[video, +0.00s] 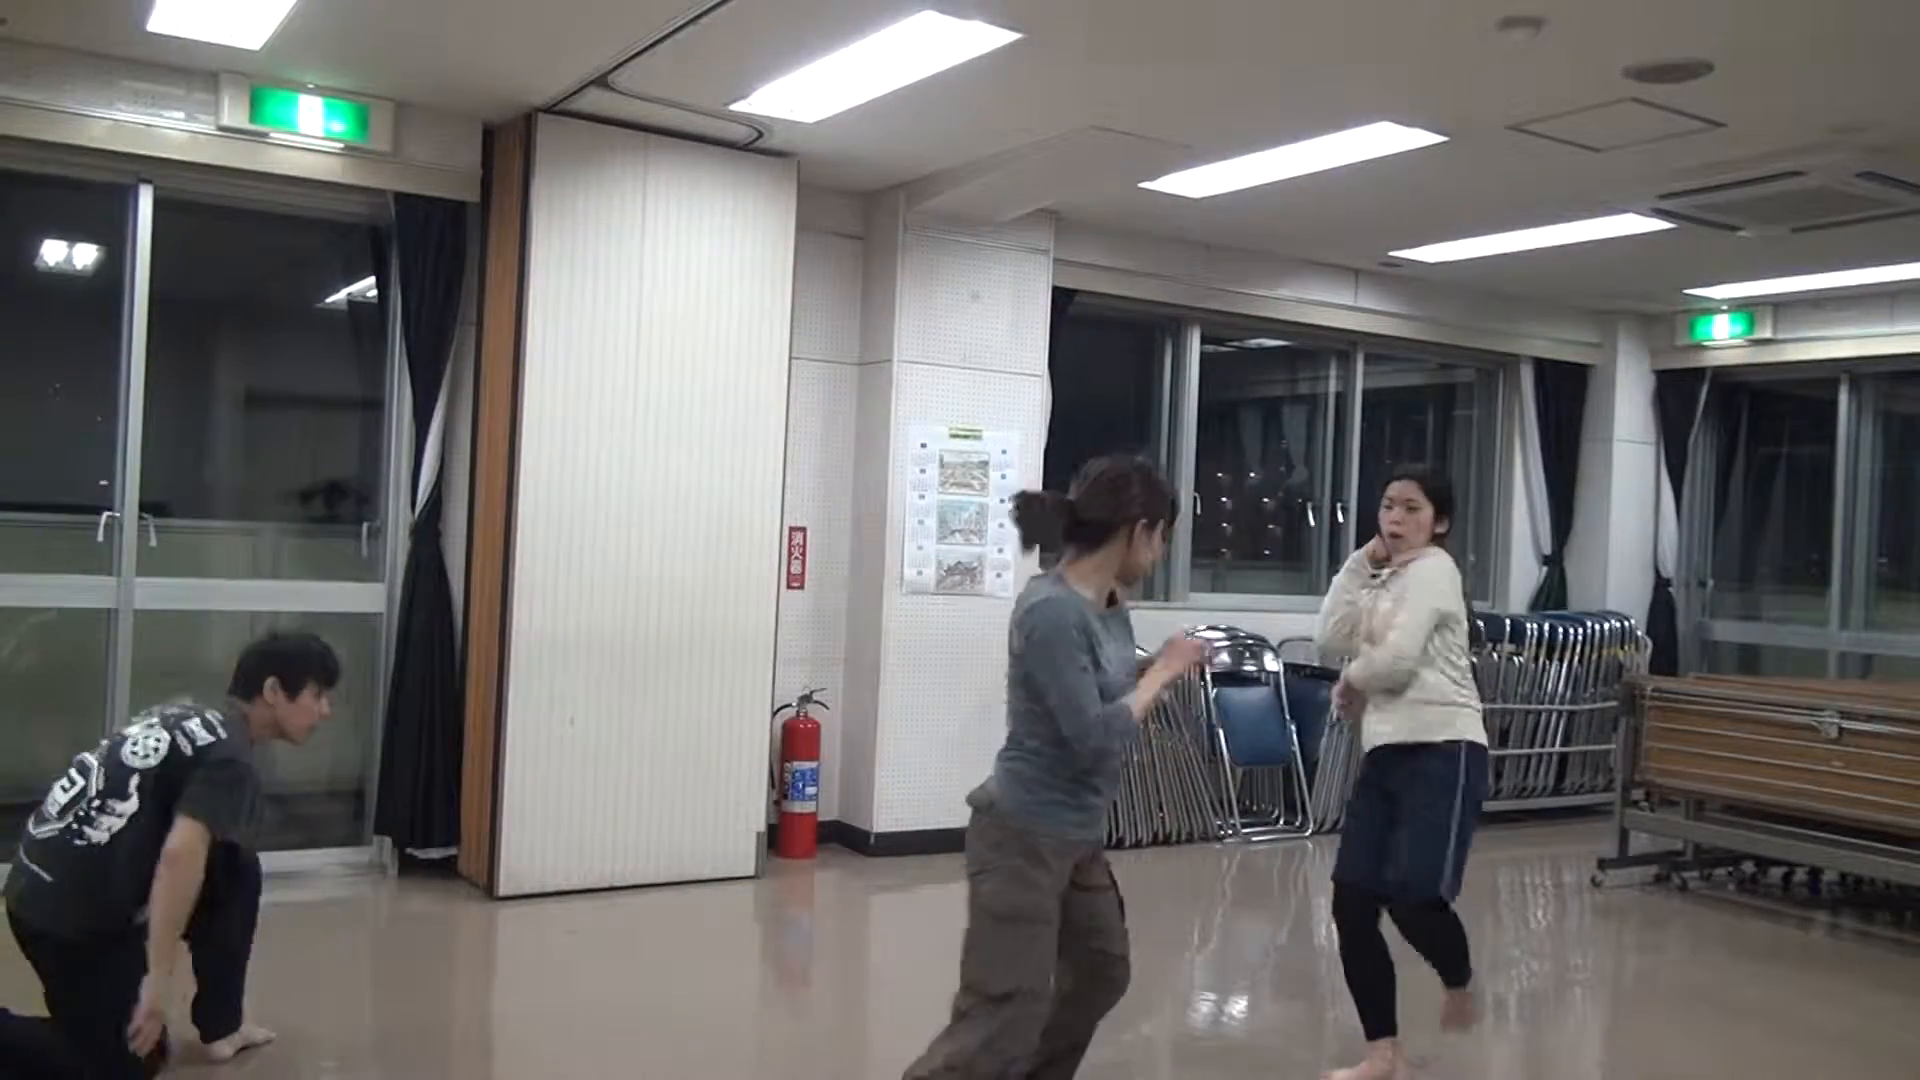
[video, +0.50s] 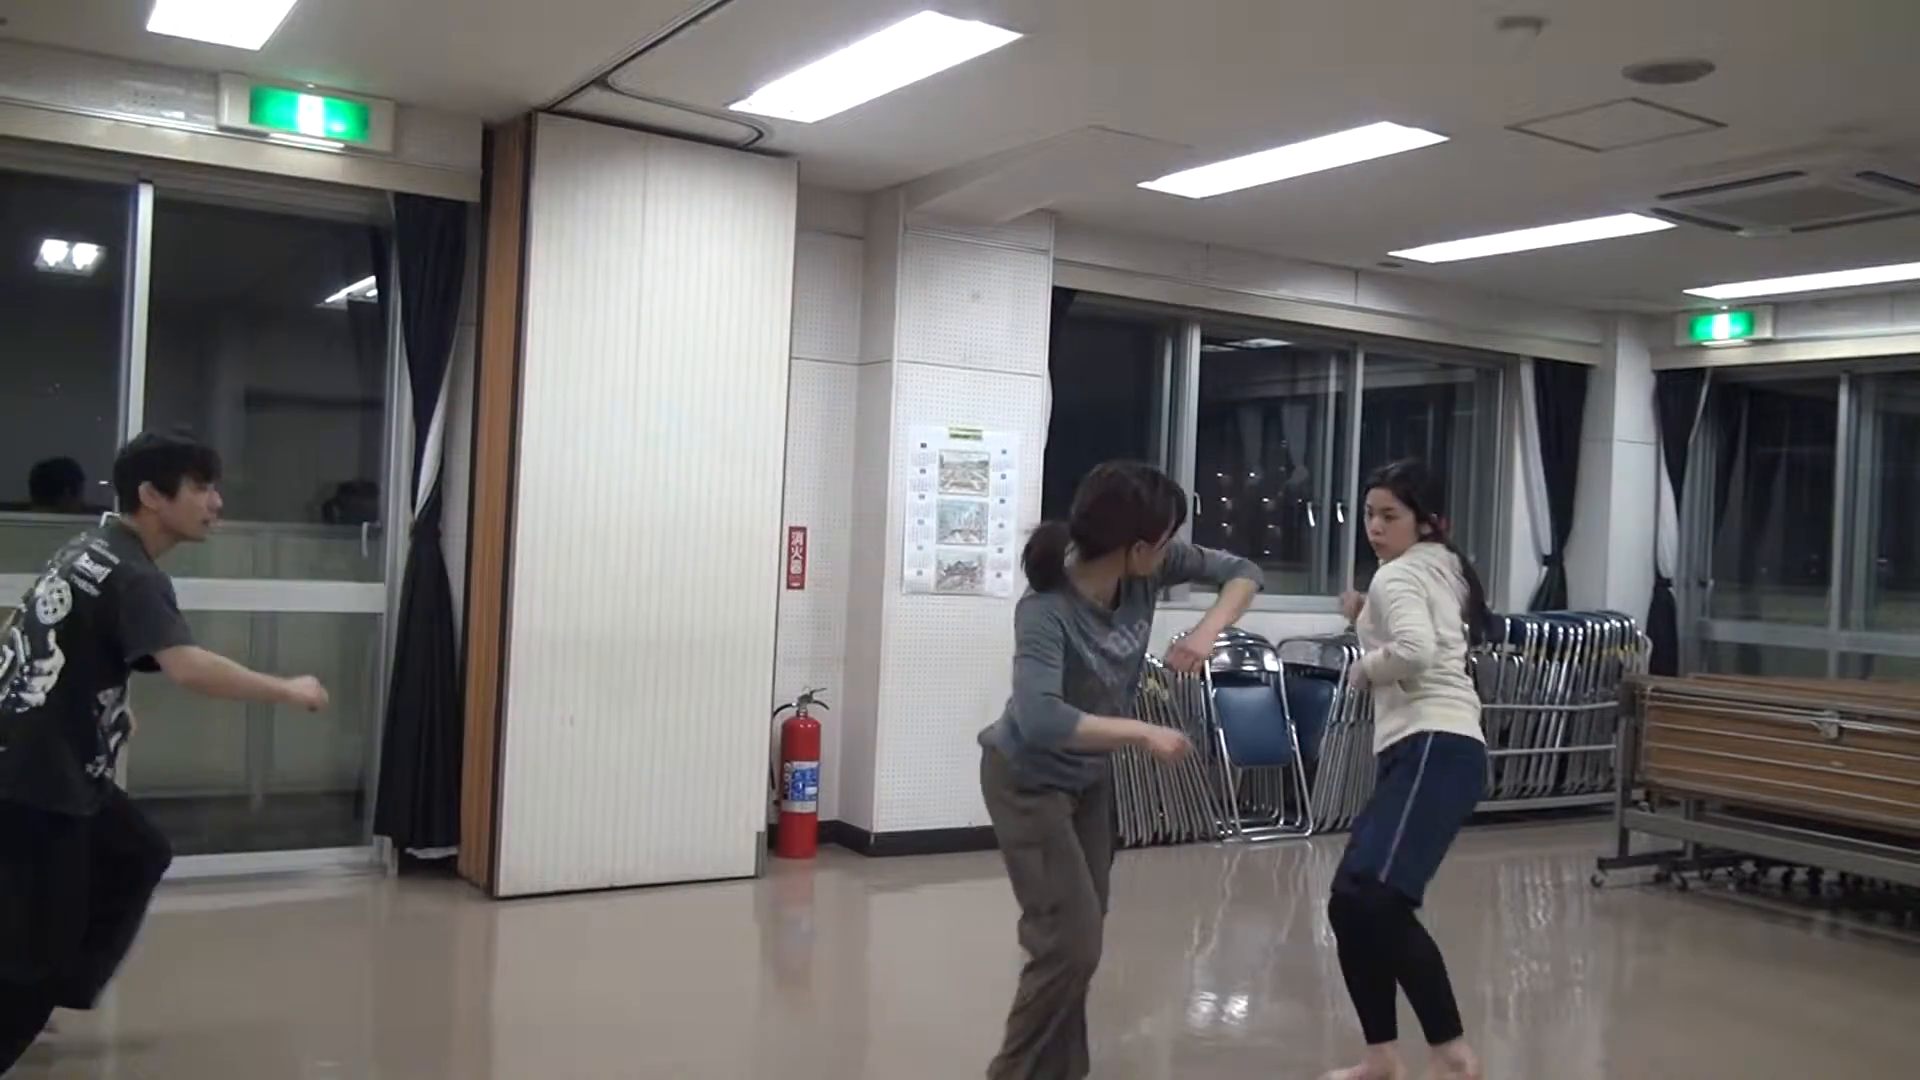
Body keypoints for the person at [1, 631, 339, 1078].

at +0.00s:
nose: (326, 711)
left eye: (326, 697)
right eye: (318, 695)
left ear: (268, 690)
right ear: (273, 691)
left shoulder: (181, 719)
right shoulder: (228, 757)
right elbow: (179, 858)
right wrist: (158, 985)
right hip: (77, 912)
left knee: (233, 867)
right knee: (126, 1061)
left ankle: (221, 1029)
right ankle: (2, 1030)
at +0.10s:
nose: (300, 660)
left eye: (300, 646)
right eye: (291, 645)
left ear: (245, 648)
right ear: (244, 648)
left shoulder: (170, 689)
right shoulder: (208, 715)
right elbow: (154, 789)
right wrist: (145, 914)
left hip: (44, 869)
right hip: (76, 882)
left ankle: (225, 1030)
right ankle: (223, 1028)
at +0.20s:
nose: (278, 619)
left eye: (278, 604)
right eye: (269, 603)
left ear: (217, 605)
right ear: (222, 605)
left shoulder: (148, 650)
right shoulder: (189, 674)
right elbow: (156, 746)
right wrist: (185, 868)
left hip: (34, 836)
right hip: (74, 853)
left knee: (212, 872)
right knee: (106, 1012)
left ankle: (225, 1028)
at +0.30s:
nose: (255, 578)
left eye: (256, 565)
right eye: (245, 563)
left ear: (192, 565)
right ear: (197, 563)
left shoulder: (121, 601)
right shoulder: (165, 634)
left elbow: (65, 696)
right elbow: (182, 734)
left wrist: (119, 767)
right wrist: (250, 834)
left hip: (24, 792)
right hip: (49, 815)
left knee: (172, 855)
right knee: (75, 982)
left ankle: (219, 1017)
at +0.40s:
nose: (231, 541)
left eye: (231, 527)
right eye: (221, 527)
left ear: (166, 531)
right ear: (171, 528)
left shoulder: (101, 569)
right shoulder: (142, 605)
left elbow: (54, 669)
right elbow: (196, 710)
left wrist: (105, 746)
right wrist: (292, 765)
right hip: (37, 801)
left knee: (155, 850)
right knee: (46, 975)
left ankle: (167, 1012)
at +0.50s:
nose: (216, 503)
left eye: (215, 489)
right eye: (202, 489)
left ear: (145, 499)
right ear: (151, 496)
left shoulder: (88, 549)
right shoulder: (134, 575)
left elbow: (51, 642)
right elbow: (185, 666)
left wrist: (103, 706)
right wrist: (286, 690)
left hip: (29, 764)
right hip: (39, 782)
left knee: (140, 852)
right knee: (38, 956)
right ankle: (3, 1051)